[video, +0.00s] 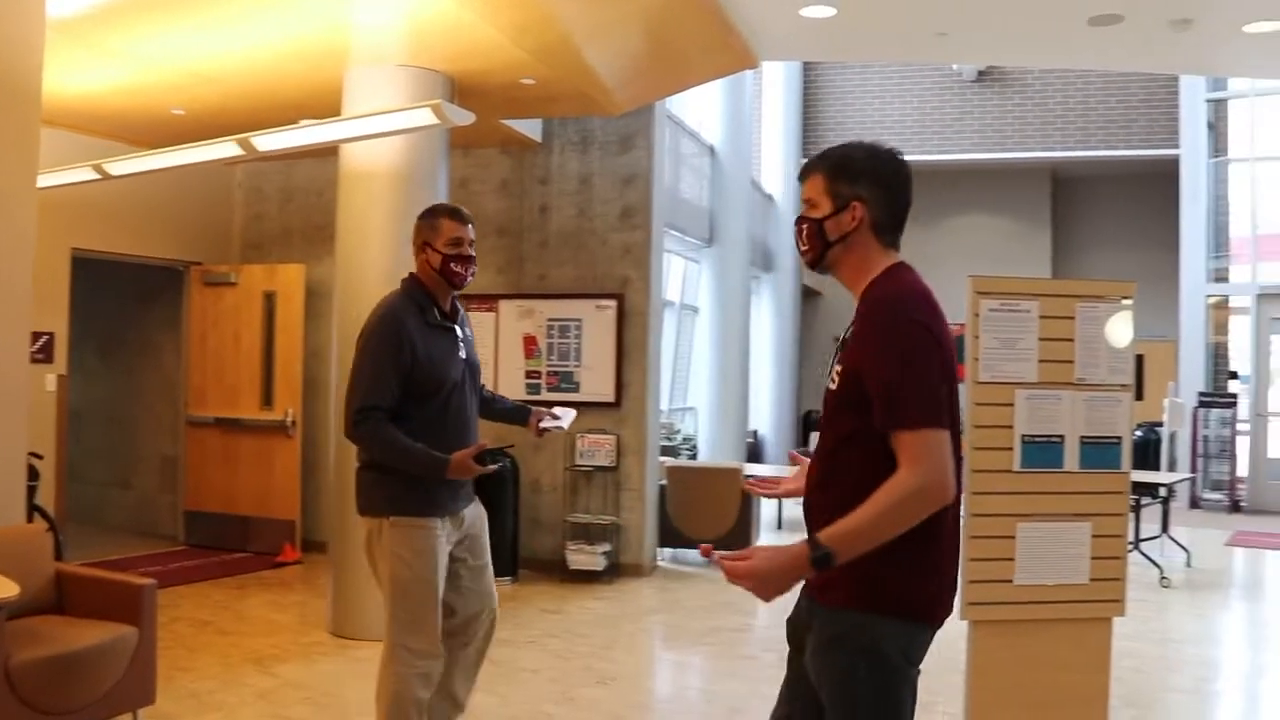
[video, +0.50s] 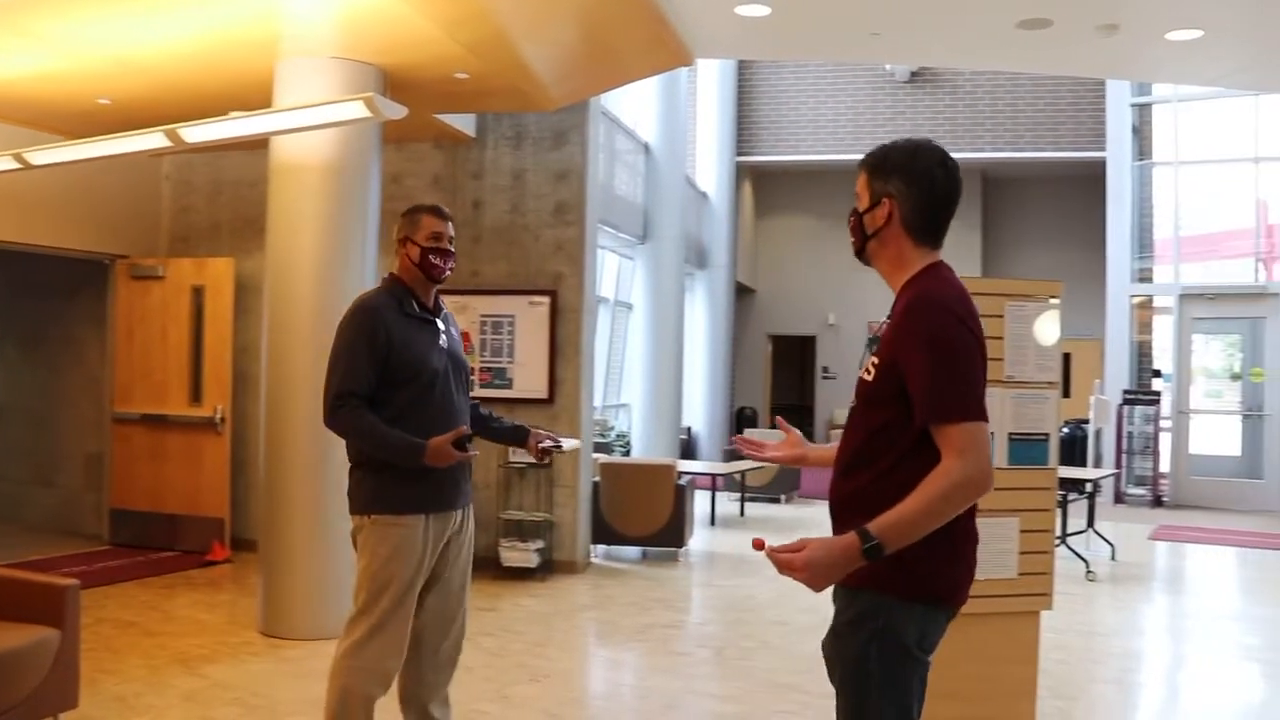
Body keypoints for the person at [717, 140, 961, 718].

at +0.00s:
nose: (800, 229)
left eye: (810, 213)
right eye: (801, 214)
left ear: (854, 217)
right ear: (853, 217)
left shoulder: (898, 306)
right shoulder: (880, 304)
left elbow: (930, 480)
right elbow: (896, 455)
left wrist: (802, 558)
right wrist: (817, 477)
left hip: (875, 611)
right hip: (841, 599)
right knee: (795, 713)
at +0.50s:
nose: (853, 218)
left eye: (859, 204)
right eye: (855, 204)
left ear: (886, 211)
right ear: (910, 213)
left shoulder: (933, 305)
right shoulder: (919, 299)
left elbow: (970, 470)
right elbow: (901, 445)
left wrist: (853, 548)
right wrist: (808, 454)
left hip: (900, 586)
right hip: (887, 579)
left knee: (874, 709)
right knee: (873, 707)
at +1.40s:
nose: (900, 232)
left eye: (911, 219)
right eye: (900, 220)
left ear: (952, 225)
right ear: (945, 226)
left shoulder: (995, 308)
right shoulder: (949, 312)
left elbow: (1034, 443)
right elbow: (925, 446)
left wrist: (936, 512)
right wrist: (837, 460)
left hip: (949, 569)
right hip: (906, 560)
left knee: (928, 712)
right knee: (905, 710)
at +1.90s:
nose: (914, 225)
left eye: (924, 211)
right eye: (915, 212)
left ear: (963, 220)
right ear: (957, 222)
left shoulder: (1034, 309)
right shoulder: (949, 306)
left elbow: (1082, 442)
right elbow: (933, 426)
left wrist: (991, 513)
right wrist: (834, 428)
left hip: (999, 566)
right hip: (923, 554)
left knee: (1009, 713)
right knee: (899, 711)